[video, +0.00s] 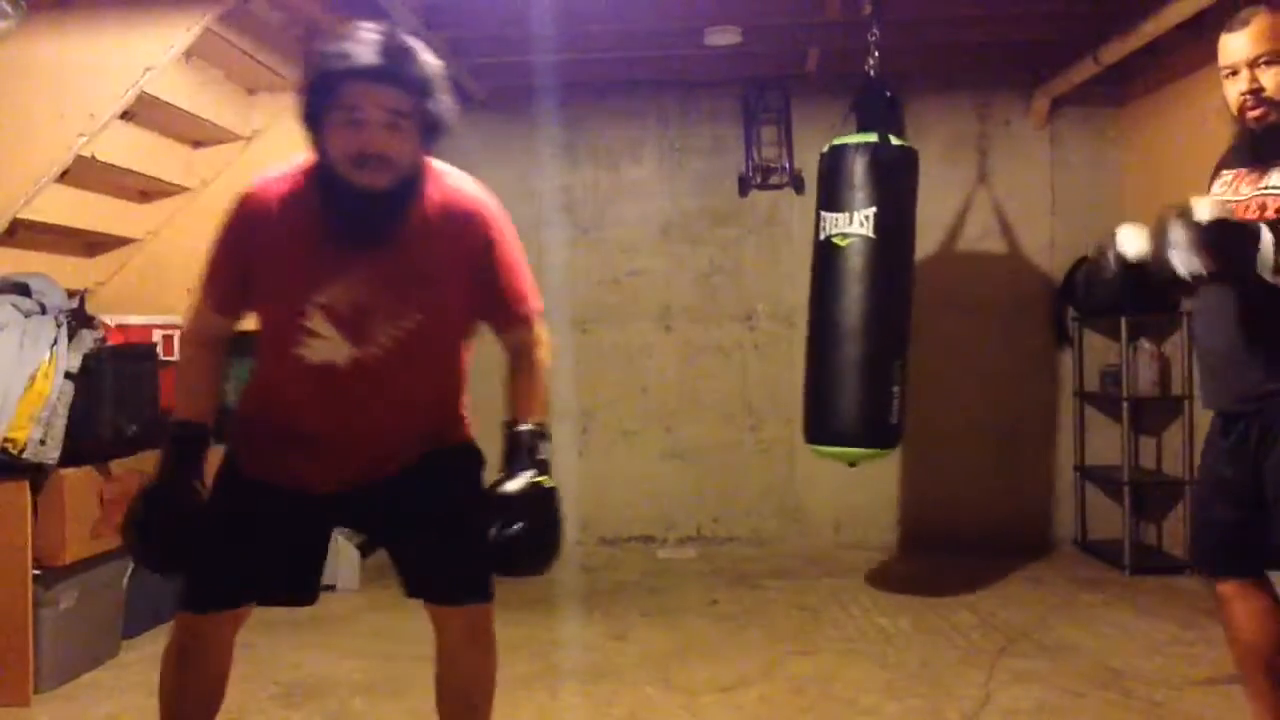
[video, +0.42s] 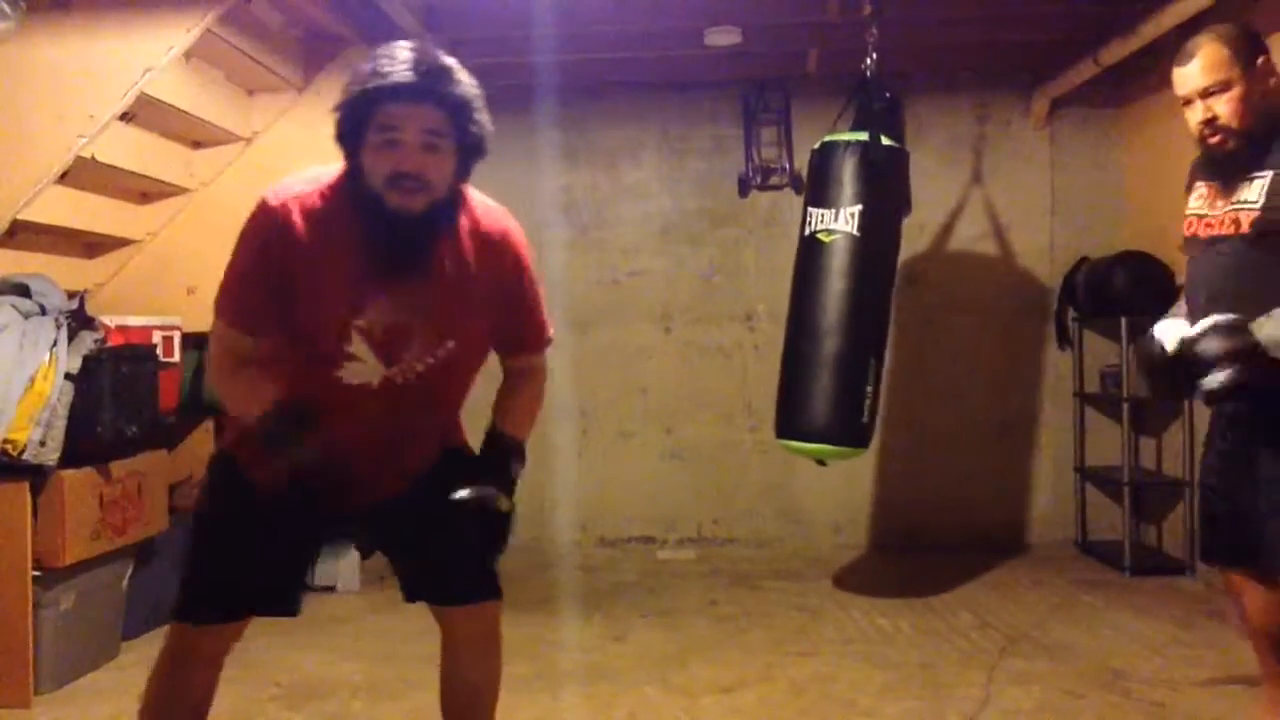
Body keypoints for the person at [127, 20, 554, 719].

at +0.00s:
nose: (372, 141)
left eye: (394, 121)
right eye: (351, 120)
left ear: (425, 131)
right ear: (317, 127)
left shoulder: (466, 216)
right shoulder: (265, 213)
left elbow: (525, 338)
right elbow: (206, 334)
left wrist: (527, 465)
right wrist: (182, 464)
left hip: (417, 460)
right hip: (276, 459)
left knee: (466, 612)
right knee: (205, 615)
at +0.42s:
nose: (409, 161)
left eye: (432, 143)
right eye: (388, 139)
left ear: (464, 155)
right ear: (354, 146)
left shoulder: (494, 244)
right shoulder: (287, 223)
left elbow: (526, 365)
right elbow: (229, 362)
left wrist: (498, 469)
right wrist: (275, 419)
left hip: (416, 463)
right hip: (280, 456)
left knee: (475, 617)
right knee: (201, 636)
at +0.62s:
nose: (353, 164)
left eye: (376, 144)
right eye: (332, 143)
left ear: (411, 155)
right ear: (301, 151)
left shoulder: (454, 237)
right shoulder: (253, 225)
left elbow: (501, 377)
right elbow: (235, 393)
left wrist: (450, 405)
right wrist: (341, 354)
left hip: (390, 460)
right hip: (245, 456)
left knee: (456, 619)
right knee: (161, 634)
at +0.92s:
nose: (303, 144)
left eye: (326, 123)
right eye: (280, 125)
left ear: (364, 136)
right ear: (252, 140)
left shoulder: (411, 224)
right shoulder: (205, 218)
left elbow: (469, 371)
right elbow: (122, 354)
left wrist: (387, 377)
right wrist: (237, 337)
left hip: (374, 462)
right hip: (224, 462)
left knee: (449, 619)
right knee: (144, 638)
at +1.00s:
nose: (293, 150)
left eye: (316, 128)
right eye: (270, 131)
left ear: (355, 142)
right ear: (243, 147)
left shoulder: (413, 242)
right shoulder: (188, 232)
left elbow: (470, 362)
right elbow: (103, 331)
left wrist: (441, 405)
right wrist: (176, 364)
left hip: (370, 468)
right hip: (219, 468)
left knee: (451, 620)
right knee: (138, 645)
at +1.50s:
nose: (295, 77)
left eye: (315, 61)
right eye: (276, 63)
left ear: (348, 78)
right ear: (248, 82)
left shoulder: (396, 171)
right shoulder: (204, 178)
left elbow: (428, 313)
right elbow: (150, 310)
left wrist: (435, 289)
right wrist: (186, 272)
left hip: (372, 469)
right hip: (221, 472)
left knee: (443, 645)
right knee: (143, 664)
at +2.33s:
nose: (282, 92)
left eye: (301, 72)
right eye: (259, 73)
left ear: (332, 83)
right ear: (230, 89)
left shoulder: (391, 181)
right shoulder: (189, 194)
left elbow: (441, 306)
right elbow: (136, 329)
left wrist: (425, 366)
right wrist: (173, 362)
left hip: (375, 475)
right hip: (223, 478)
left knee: (441, 642)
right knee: (152, 659)